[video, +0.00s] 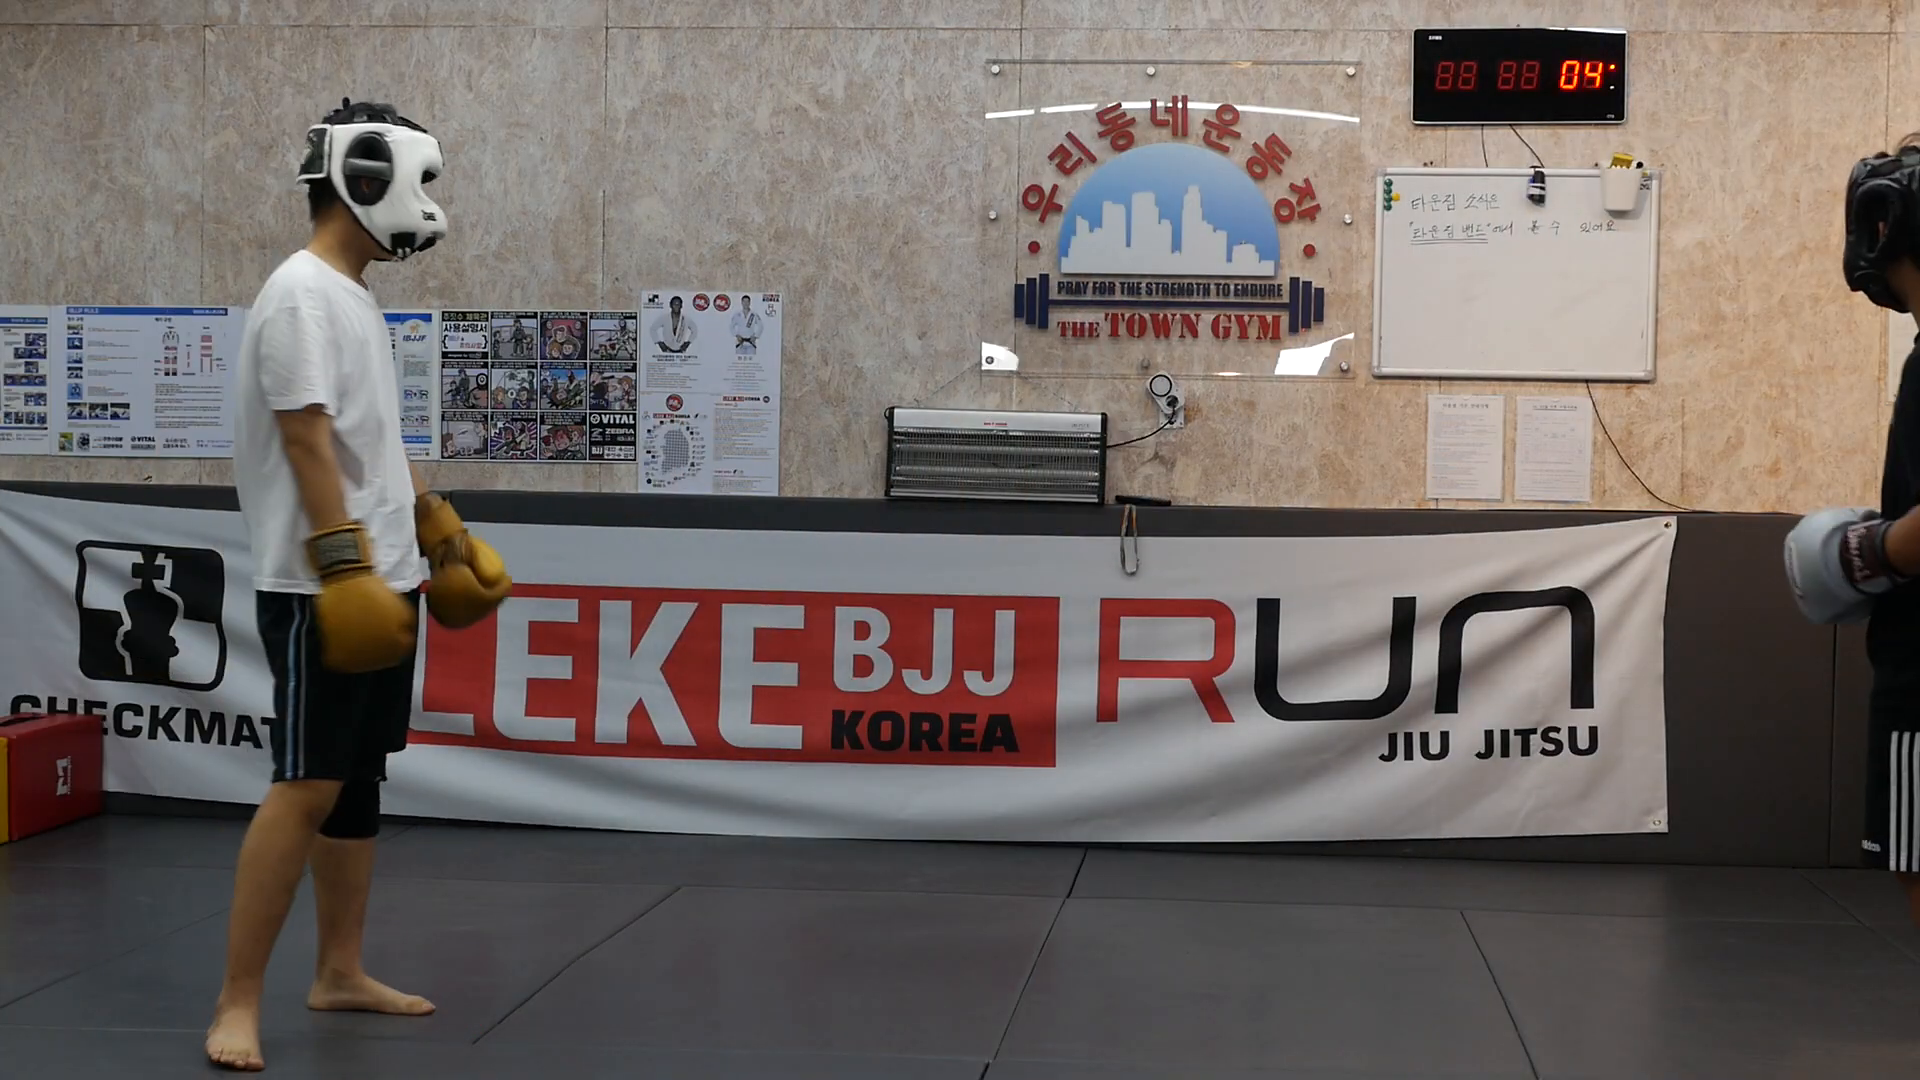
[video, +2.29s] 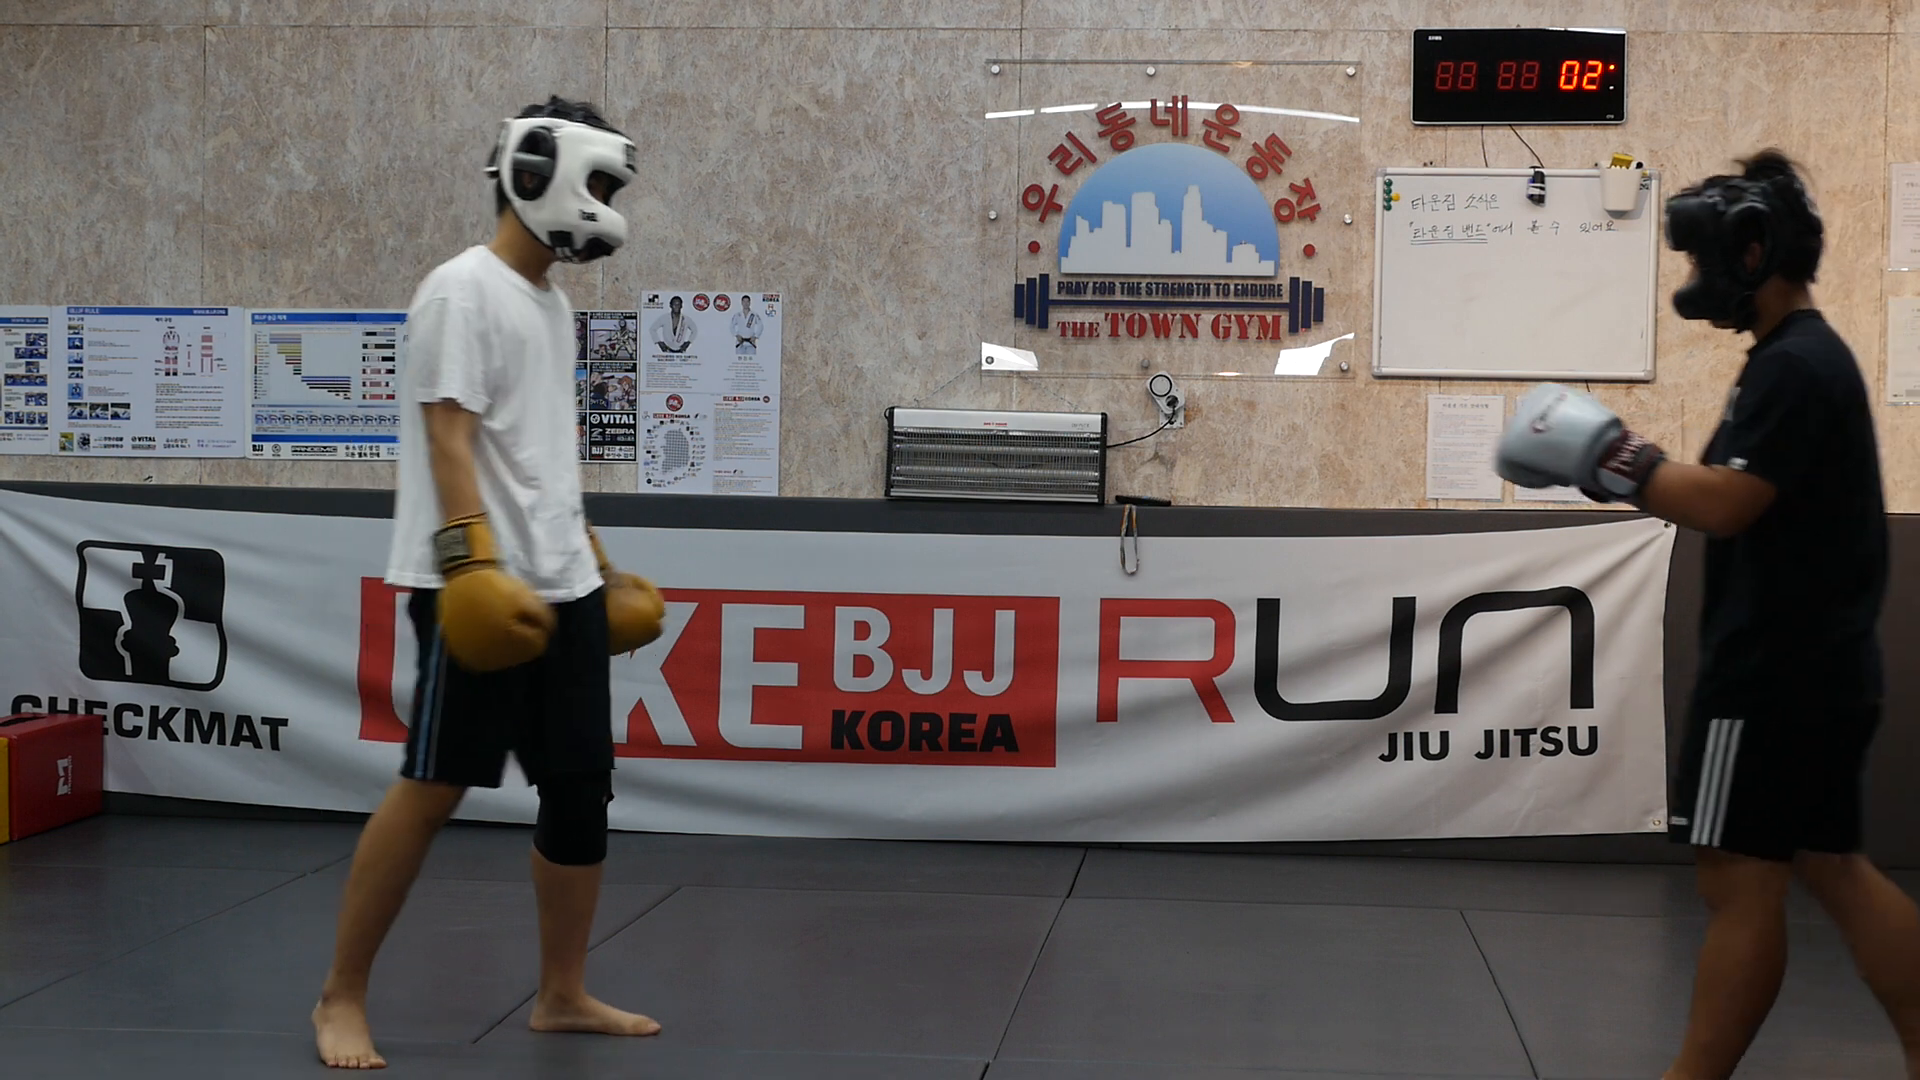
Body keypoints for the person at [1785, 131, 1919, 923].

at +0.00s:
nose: (1861, 256)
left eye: (1863, 232)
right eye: (1862, 234)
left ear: (1885, 232)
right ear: (1898, 233)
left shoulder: (1919, 361)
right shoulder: (1914, 359)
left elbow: (1917, 527)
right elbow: (1915, 516)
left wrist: (1872, 548)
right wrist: (1870, 546)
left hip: (1918, 688)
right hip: (1909, 682)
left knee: (1917, 886)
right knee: (1913, 882)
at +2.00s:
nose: (1792, 268)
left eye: (1801, 248)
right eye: (1793, 249)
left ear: (1842, 249)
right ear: (1866, 249)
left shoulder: (1889, 350)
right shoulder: (1884, 344)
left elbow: (1881, 500)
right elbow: (1870, 497)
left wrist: (1764, 491)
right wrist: (1767, 497)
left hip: (1869, 653)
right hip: (1885, 647)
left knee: (1783, 847)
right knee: (1909, 850)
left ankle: (1769, 1065)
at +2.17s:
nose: (1743, 279)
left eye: (1753, 258)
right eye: (1743, 260)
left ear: (1801, 258)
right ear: (1813, 259)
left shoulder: (1843, 364)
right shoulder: (1847, 358)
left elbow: (1798, 505)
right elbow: (1798, 504)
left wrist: (1679, 473)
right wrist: (1696, 479)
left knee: (1771, 885)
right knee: (1903, 877)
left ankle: (1704, 1067)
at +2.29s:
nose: (1697, 276)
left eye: (1708, 257)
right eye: (1698, 257)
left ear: (1756, 259)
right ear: (1767, 260)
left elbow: (1729, 503)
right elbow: (1740, 498)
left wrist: (1617, 463)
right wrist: (1643, 467)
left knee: (1738, 882)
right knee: (1835, 866)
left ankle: (1696, 1071)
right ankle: (1919, 1048)